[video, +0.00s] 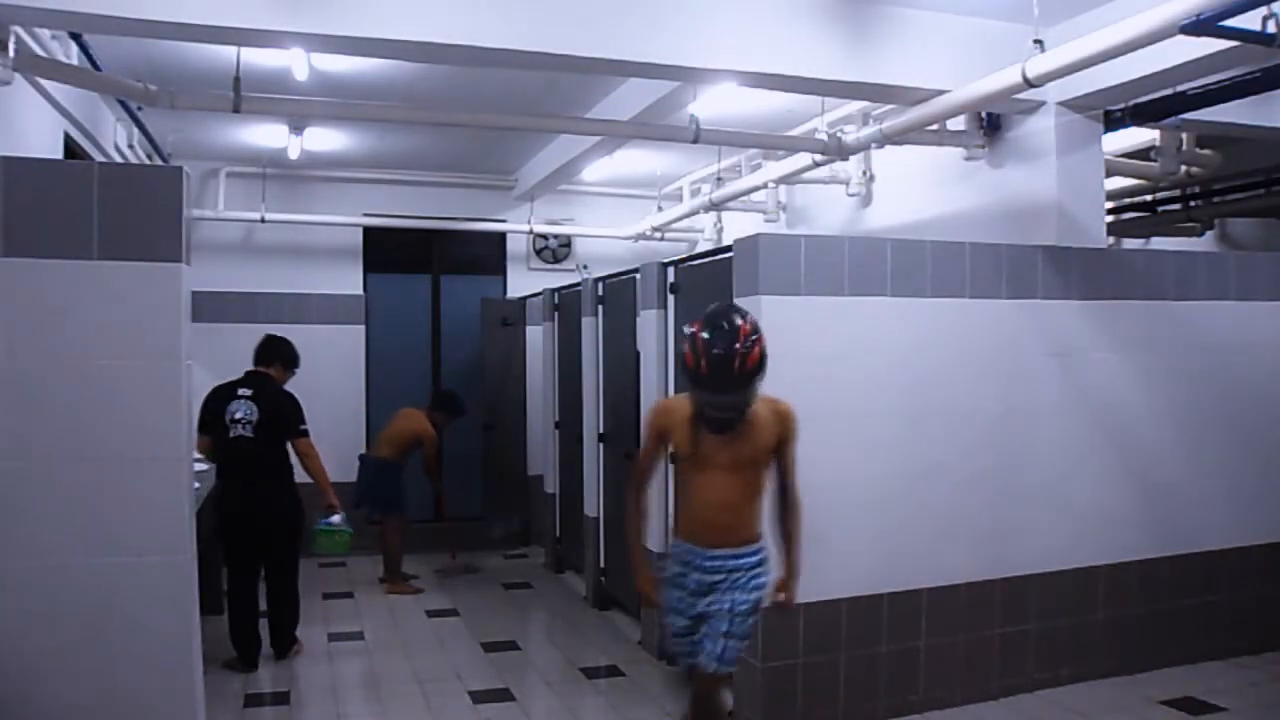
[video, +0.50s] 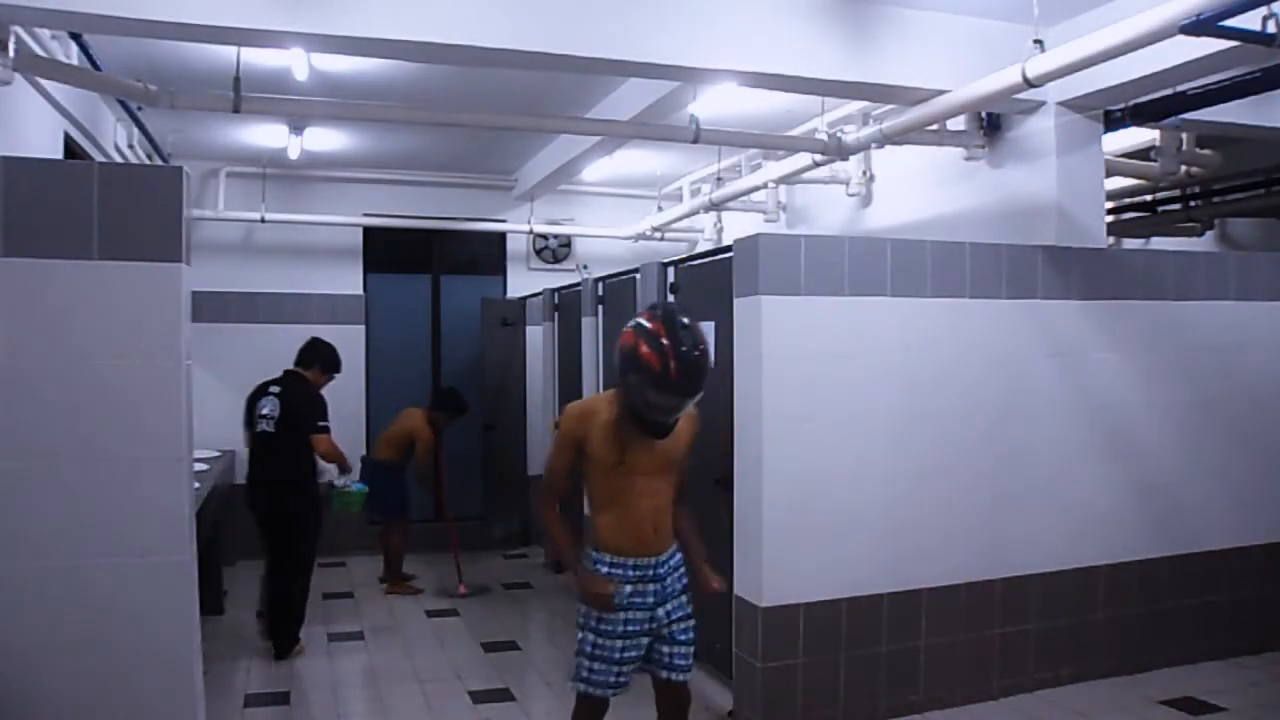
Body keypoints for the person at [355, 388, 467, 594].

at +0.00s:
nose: (446, 424)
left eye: (449, 419)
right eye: (447, 418)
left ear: (433, 407)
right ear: (440, 414)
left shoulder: (407, 413)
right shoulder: (427, 432)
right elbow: (430, 467)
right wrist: (437, 487)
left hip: (371, 465)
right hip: (386, 470)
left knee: (388, 522)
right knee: (395, 524)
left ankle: (390, 572)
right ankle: (394, 580)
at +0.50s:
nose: (449, 424)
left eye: (451, 419)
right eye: (450, 418)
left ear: (435, 407)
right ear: (442, 413)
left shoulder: (414, 414)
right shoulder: (424, 431)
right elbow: (423, 471)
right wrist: (437, 497)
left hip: (377, 465)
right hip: (387, 470)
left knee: (392, 523)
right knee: (397, 524)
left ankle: (392, 572)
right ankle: (393, 579)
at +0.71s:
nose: (449, 424)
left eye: (452, 420)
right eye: (449, 419)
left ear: (434, 407)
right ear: (441, 413)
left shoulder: (412, 414)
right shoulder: (424, 431)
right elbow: (422, 471)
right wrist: (435, 496)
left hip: (376, 466)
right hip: (387, 471)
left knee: (389, 524)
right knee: (396, 525)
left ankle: (384, 571)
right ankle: (393, 579)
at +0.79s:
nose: (449, 424)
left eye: (451, 419)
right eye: (449, 418)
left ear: (434, 409)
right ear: (441, 414)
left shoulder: (415, 416)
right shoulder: (423, 431)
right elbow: (422, 471)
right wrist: (435, 497)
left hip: (379, 467)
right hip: (387, 471)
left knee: (390, 525)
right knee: (395, 525)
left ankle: (384, 572)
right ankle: (393, 579)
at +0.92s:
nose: (447, 423)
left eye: (449, 418)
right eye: (447, 418)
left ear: (432, 408)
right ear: (439, 413)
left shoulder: (412, 416)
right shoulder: (422, 430)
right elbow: (420, 467)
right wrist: (434, 495)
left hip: (376, 465)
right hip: (386, 471)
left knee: (382, 526)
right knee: (393, 527)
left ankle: (382, 572)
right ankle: (393, 579)